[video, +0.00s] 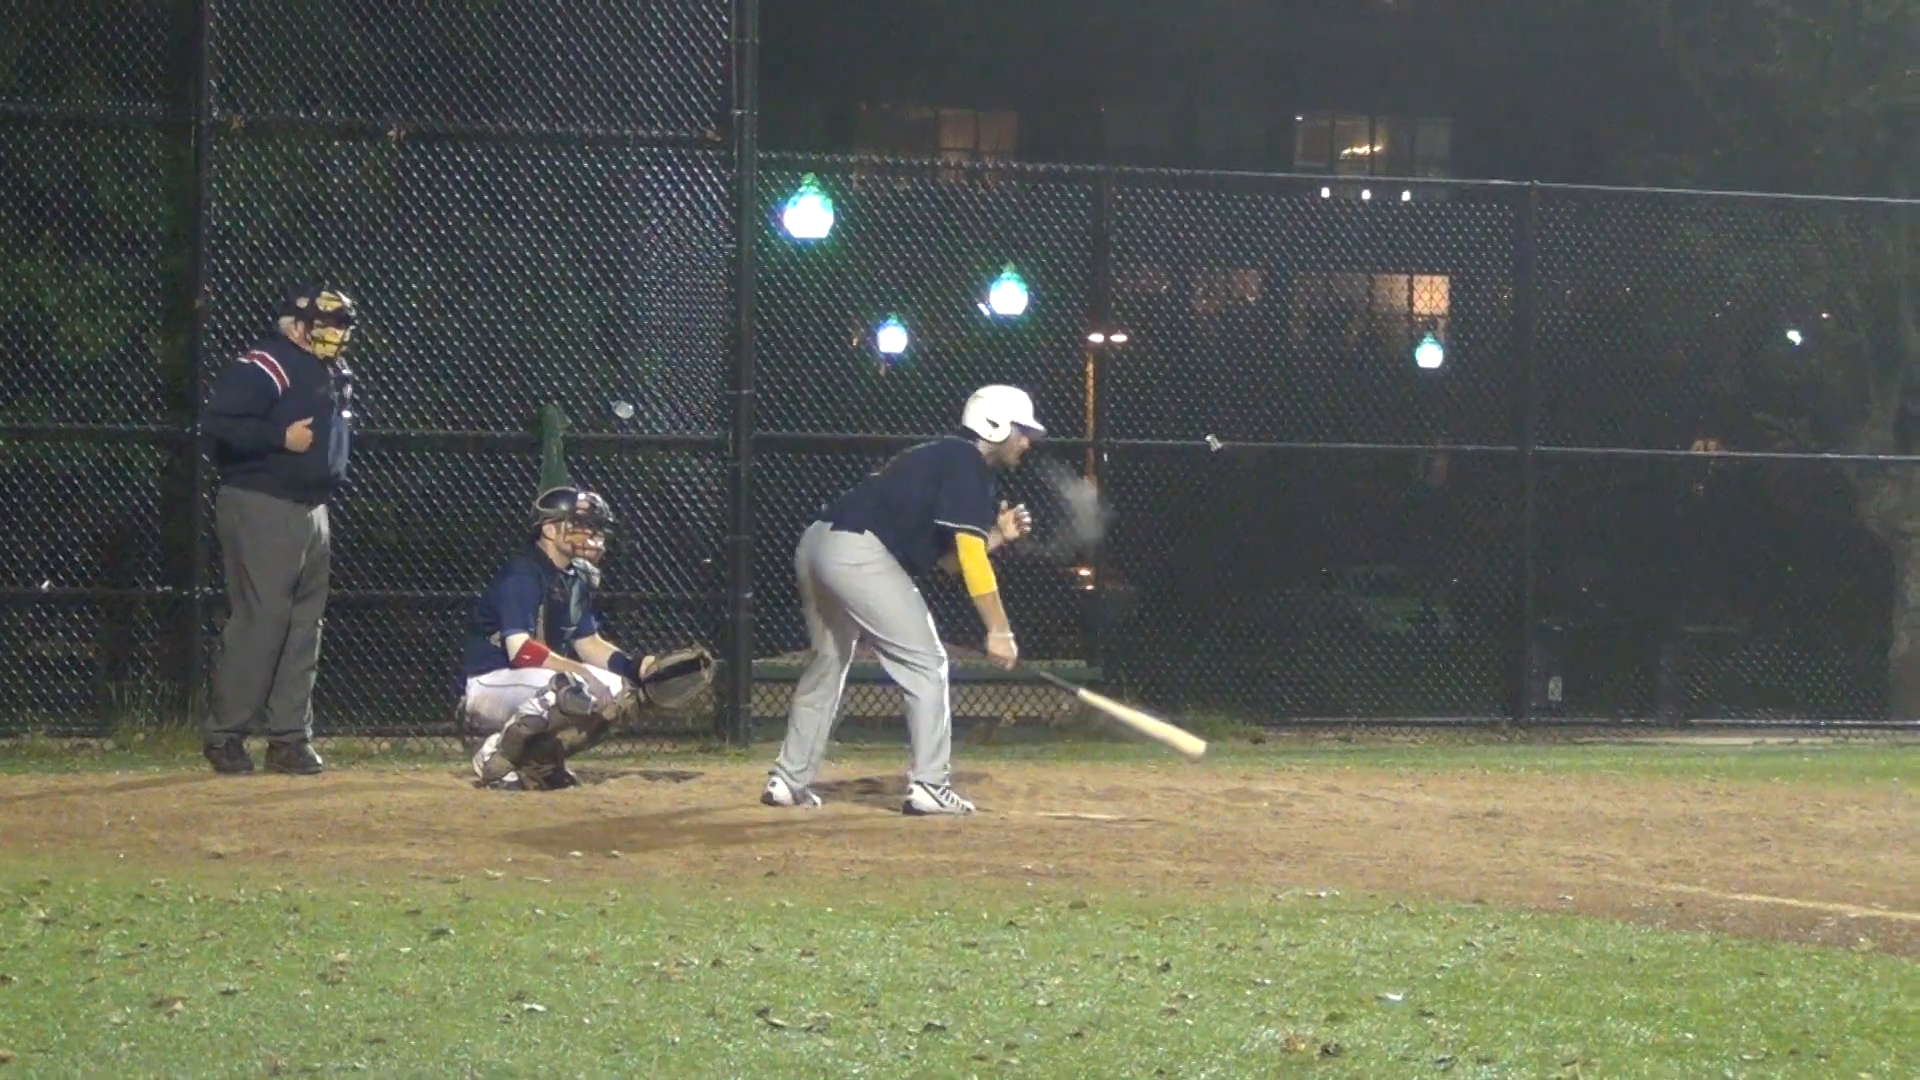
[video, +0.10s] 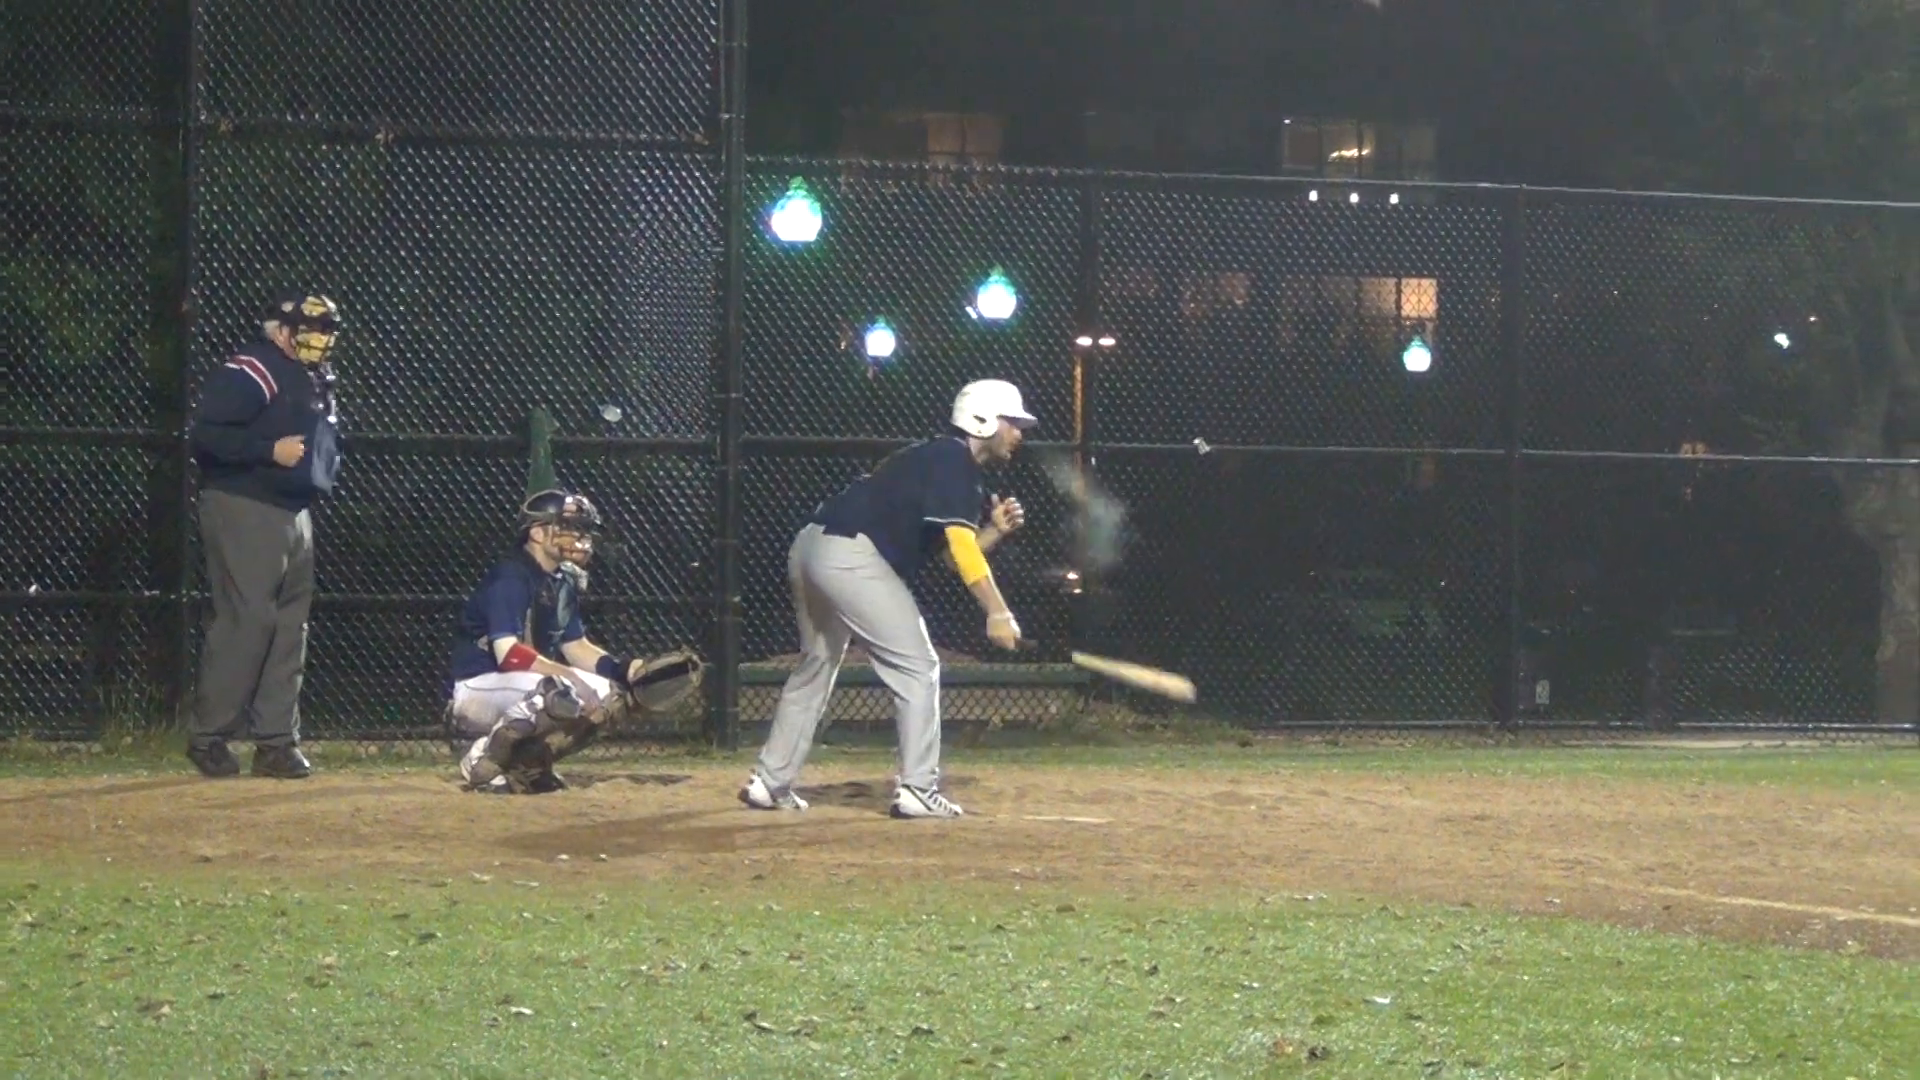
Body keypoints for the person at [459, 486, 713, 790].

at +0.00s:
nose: (586, 534)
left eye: (588, 526)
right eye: (576, 525)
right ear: (549, 531)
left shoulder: (574, 577)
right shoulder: (523, 573)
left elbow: (588, 642)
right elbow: (520, 650)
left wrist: (638, 668)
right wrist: (585, 677)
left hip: (541, 676)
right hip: (490, 684)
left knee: (620, 689)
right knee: (571, 691)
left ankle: (542, 759)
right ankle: (496, 759)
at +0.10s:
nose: (579, 540)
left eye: (582, 532)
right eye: (568, 530)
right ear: (538, 534)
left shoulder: (562, 581)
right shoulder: (511, 575)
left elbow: (576, 646)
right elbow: (508, 654)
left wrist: (627, 671)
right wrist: (572, 681)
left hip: (529, 680)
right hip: (477, 688)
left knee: (610, 693)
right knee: (559, 694)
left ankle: (530, 764)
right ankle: (483, 763)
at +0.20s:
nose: (576, 541)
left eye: (578, 533)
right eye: (564, 532)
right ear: (534, 535)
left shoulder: (559, 581)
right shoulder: (508, 575)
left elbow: (573, 646)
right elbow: (506, 655)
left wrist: (624, 671)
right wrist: (570, 683)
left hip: (526, 680)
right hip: (474, 688)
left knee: (607, 693)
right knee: (557, 695)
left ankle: (527, 763)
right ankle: (480, 764)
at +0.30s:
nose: (577, 543)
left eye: (579, 535)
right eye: (566, 533)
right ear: (534, 535)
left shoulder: (558, 581)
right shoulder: (506, 576)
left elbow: (571, 647)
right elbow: (504, 654)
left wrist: (624, 671)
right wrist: (569, 683)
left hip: (524, 681)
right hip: (472, 689)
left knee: (608, 692)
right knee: (554, 694)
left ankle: (527, 762)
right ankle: (480, 763)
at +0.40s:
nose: (572, 541)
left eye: (574, 532)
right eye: (560, 532)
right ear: (531, 536)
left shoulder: (556, 581)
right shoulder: (503, 576)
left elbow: (569, 648)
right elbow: (501, 654)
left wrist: (621, 672)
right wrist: (567, 683)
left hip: (522, 681)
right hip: (470, 690)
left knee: (608, 694)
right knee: (548, 695)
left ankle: (524, 763)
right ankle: (478, 763)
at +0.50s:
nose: (572, 540)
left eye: (574, 532)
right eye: (562, 531)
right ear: (531, 535)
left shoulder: (556, 581)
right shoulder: (503, 577)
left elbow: (569, 647)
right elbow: (503, 656)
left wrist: (621, 670)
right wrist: (566, 682)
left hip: (522, 681)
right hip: (470, 690)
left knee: (606, 694)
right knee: (552, 696)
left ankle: (524, 764)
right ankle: (478, 761)